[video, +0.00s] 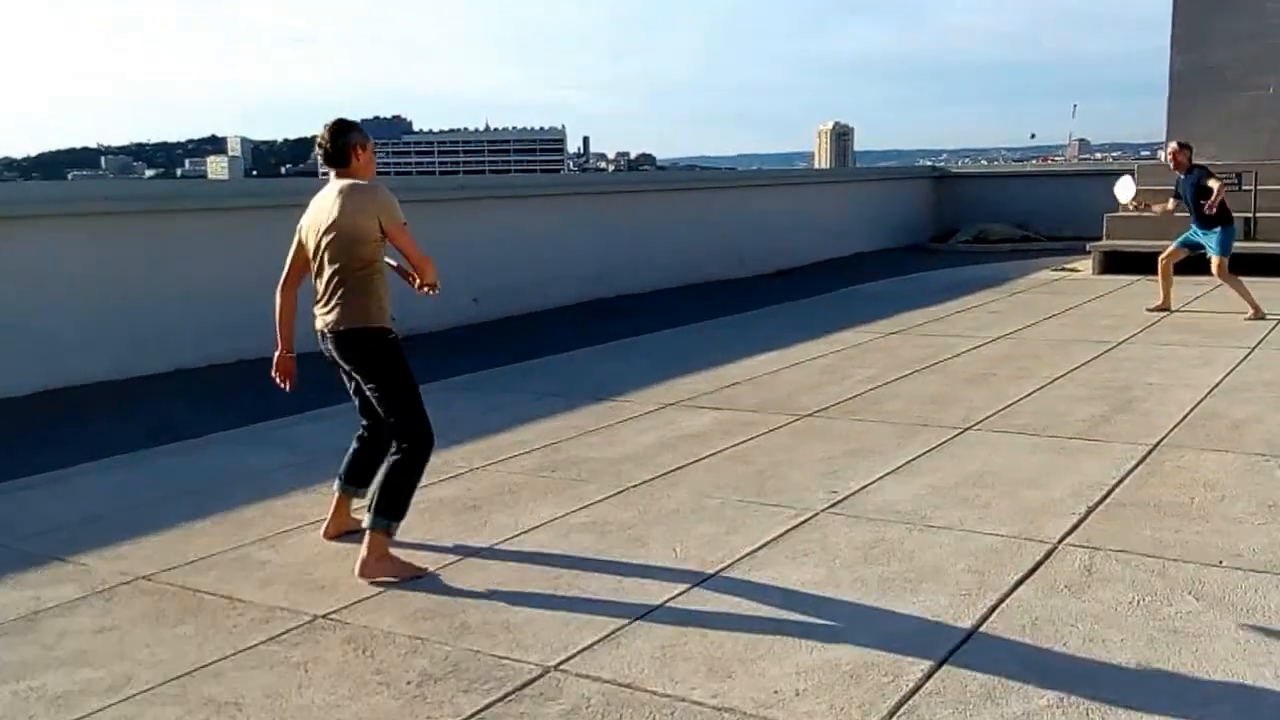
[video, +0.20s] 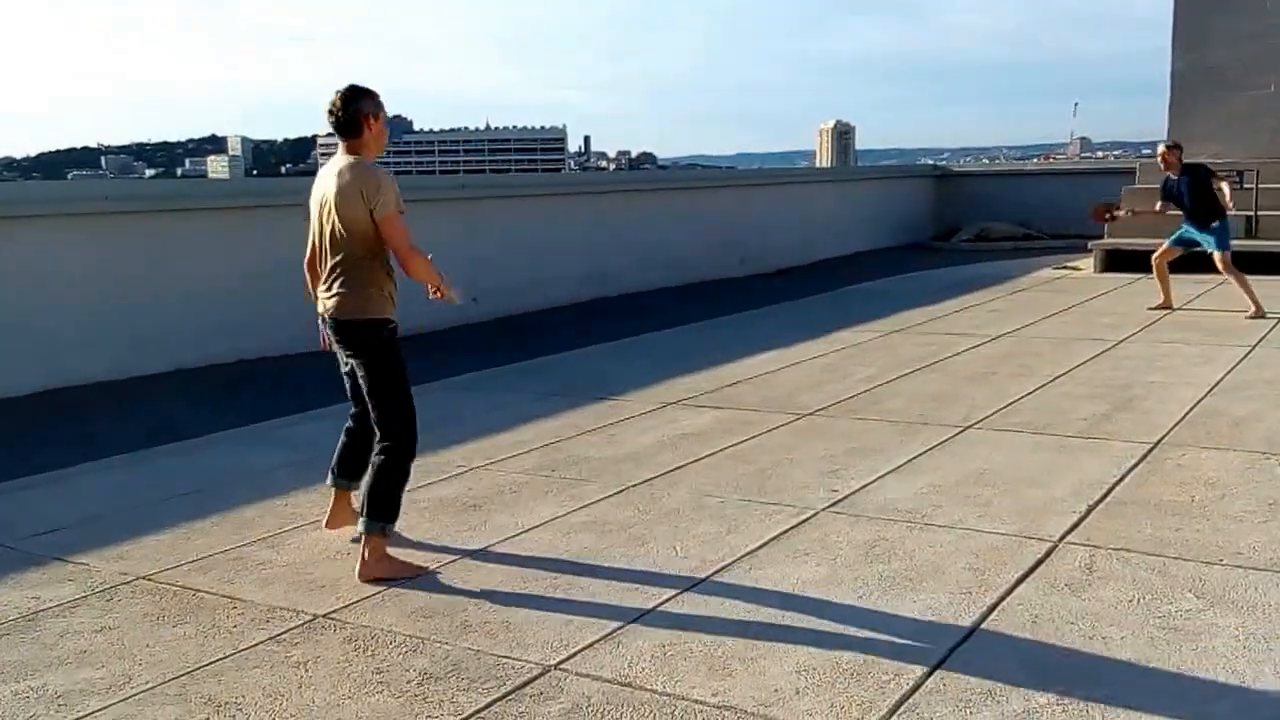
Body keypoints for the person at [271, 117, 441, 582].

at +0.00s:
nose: (375, 155)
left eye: (370, 148)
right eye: (370, 148)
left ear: (331, 160)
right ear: (358, 153)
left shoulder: (315, 208)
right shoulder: (373, 195)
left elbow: (287, 285)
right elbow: (419, 263)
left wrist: (283, 347)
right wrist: (429, 282)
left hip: (333, 335)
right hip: (368, 334)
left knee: (378, 424)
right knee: (415, 436)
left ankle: (339, 516)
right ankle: (376, 553)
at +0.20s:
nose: (388, 127)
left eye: (385, 118)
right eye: (384, 119)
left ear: (345, 126)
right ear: (370, 124)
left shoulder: (326, 176)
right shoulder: (374, 178)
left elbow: (314, 260)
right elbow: (407, 256)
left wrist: (325, 314)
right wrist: (435, 280)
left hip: (337, 320)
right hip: (369, 320)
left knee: (364, 413)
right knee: (397, 429)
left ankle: (340, 507)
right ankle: (376, 553)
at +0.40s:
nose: (404, 121)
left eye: (401, 113)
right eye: (400, 115)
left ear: (361, 124)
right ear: (387, 122)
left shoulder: (349, 171)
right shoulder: (368, 178)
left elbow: (367, 260)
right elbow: (375, 262)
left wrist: (422, 292)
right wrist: (425, 293)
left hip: (333, 314)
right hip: (350, 321)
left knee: (356, 413)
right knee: (376, 430)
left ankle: (321, 505)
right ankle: (357, 553)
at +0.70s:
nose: (404, 118)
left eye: (400, 110)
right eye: (399, 112)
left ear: (357, 123)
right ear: (385, 120)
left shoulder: (329, 172)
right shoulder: (405, 179)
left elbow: (339, 240)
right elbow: (438, 264)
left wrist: (401, 257)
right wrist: (416, 262)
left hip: (330, 314)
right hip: (375, 322)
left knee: (358, 413)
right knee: (392, 431)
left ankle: (347, 512)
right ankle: (357, 548)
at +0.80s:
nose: (398, 117)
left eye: (393, 110)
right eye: (392, 111)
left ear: (349, 126)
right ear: (378, 122)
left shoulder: (322, 180)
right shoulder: (414, 175)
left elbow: (324, 259)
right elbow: (452, 229)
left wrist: (361, 233)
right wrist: (413, 221)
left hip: (350, 322)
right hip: (402, 324)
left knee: (366, 422)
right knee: (413, 430)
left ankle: (367, 535)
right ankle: (360, 536)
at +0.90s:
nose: (400, 121)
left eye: (394, 114)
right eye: (394, 117)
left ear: (353, 138)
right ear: (384, 132)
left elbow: (332, 268)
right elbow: (419, 220)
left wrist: (365, 233)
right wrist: (354, 182)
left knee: (361, 423)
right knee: (458, 423)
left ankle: (360, 532)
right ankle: (398, 510)